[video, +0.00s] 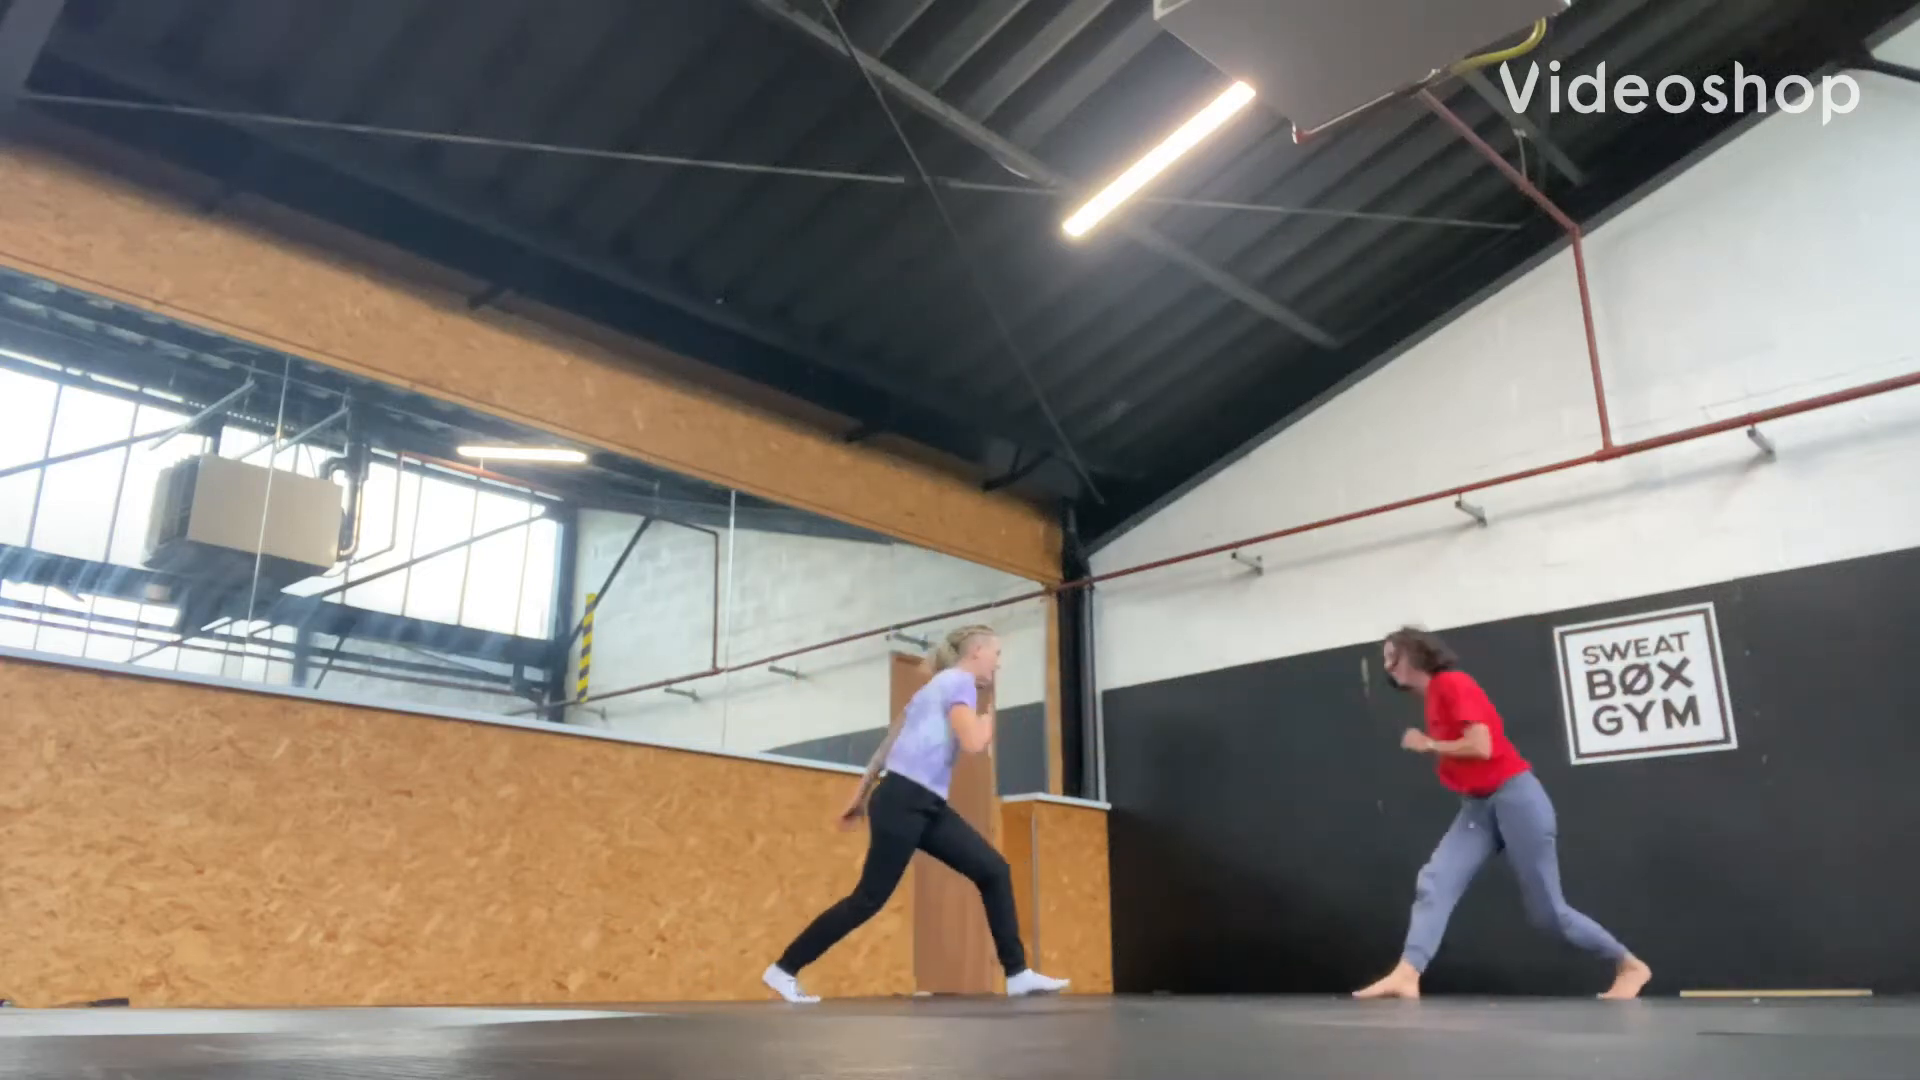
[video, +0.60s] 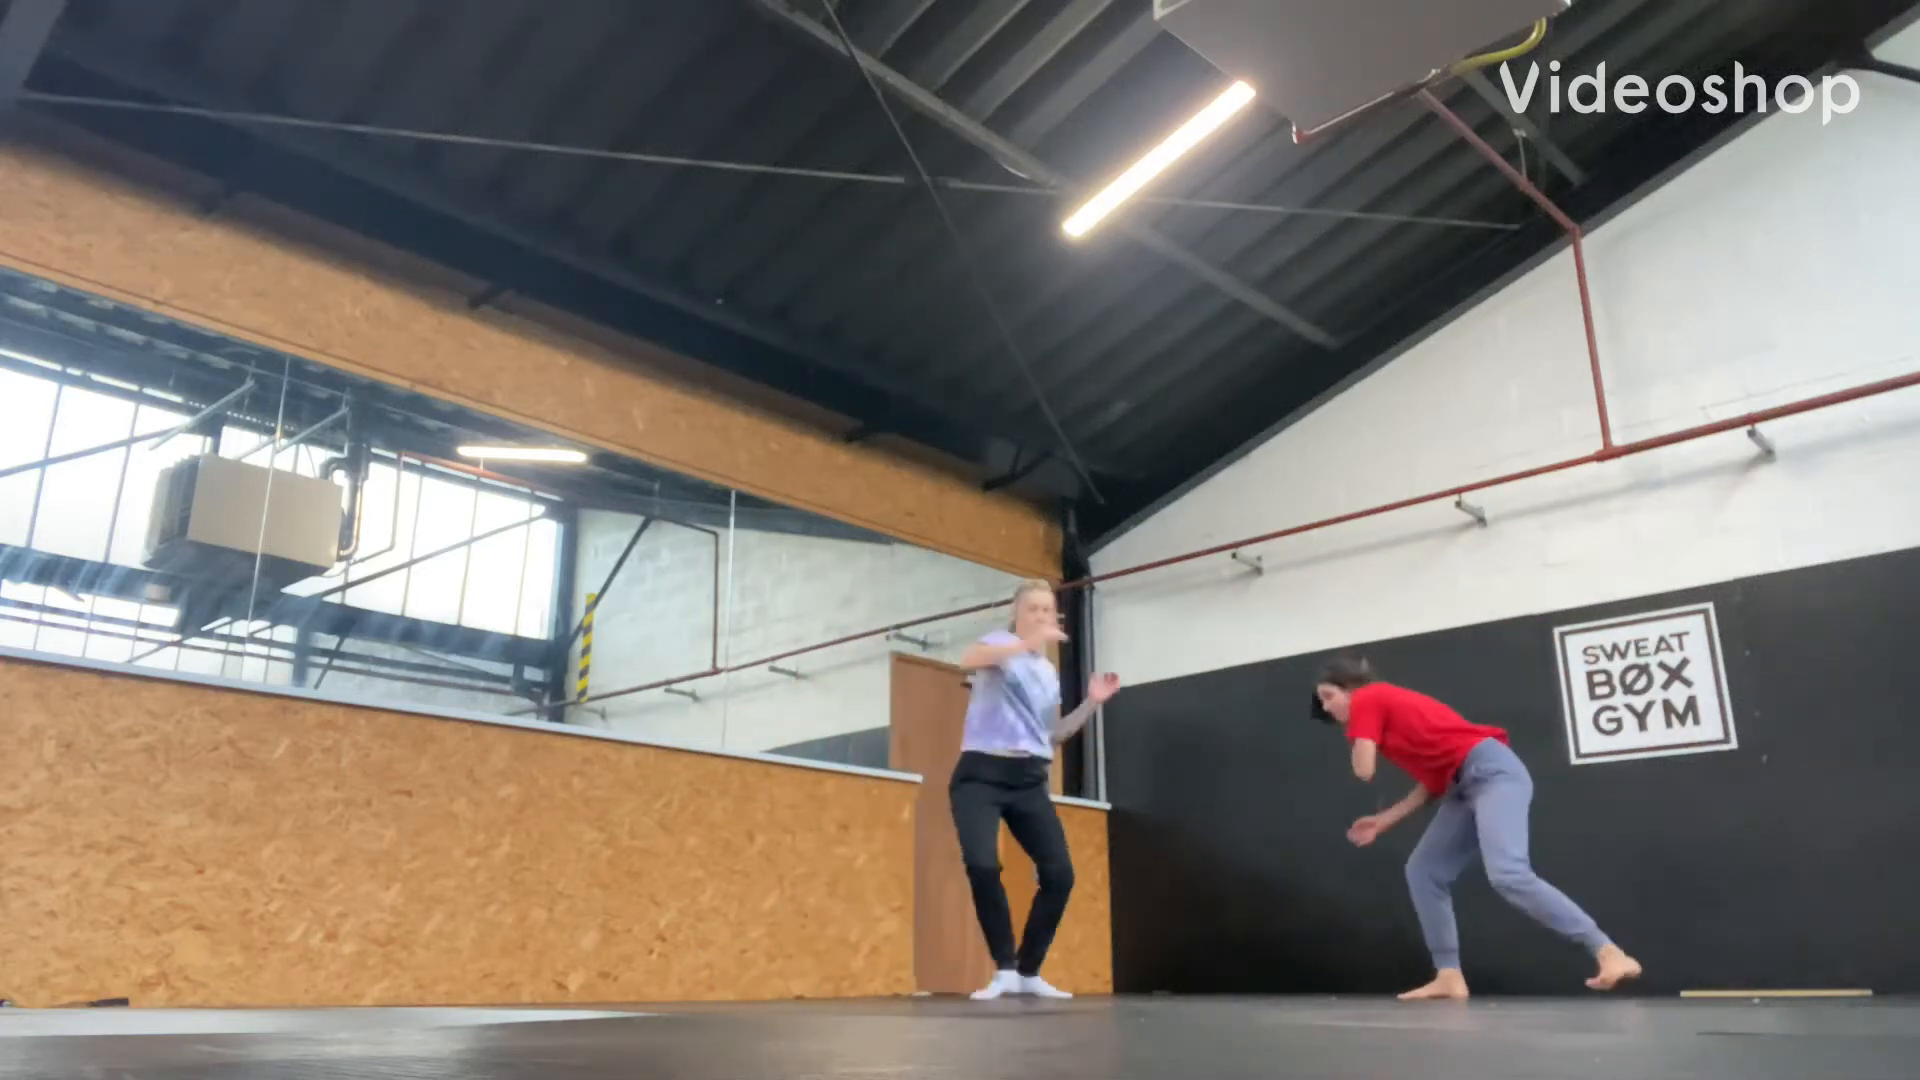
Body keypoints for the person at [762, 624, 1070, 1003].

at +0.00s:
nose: (998, 662)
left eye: (998, 654)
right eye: (994, 653)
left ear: (968, 655)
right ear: (973, 652)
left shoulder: (936, 687)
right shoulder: (957, 681)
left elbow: (890, 743)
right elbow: (974, 739)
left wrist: (861, 794)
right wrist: (988, 703)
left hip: (925, 807)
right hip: (903, 800)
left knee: (993, 870)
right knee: (869, 897)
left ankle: (1017, 974)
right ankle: (783, 970)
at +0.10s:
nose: (1013, 655)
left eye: (1013, 647)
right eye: (1010, 646)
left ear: (977, 647)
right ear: (991, 643)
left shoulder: (947, 684)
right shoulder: (987, 670)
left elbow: (902, 742)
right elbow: (1015, 727)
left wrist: (903, 789)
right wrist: (1009, 704)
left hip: (939, 794)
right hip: (926, 787)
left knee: (1000, 872)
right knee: (890, 886)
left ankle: (1019, 978)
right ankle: (800, 958)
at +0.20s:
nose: (1033, 652)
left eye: (1033, 646)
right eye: (1030, 644)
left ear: (1000, 646)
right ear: (1012, 643)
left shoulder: (977, 677)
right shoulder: (1008, 668)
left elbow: (930, 736)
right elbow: (1044, 716)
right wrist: (1036, 698)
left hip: (954, 785)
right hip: (947, 781)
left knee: (1013, 872)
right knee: (935, 885)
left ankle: (1021, 978)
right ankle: (837, 934)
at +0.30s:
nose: (1056, 661)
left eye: (1056, 653)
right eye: (1052, 652)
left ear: (1023, 652)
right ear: (1030, 650)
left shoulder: (1002, 680)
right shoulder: (1023, 675)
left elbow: (972, 740)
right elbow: (1063, 728)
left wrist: (1001, 775)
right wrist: (1049, 704)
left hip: (966, 787)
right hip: (953, 783)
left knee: (1022, 871)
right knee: (982, 876)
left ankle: (1022, 979)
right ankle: (894, 941)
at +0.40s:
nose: (1065, 657)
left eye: (1066, 648)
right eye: (1061, 647)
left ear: (1035, 647)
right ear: (1038, 643)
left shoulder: (1014, 678)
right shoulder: (1028, 671)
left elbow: (998, 761)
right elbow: (1064, 727)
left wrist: (1041, 777)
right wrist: (1076, 728)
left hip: (980, 789)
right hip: (964, 783)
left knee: (1032, 871)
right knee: (996, 868)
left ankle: (1022, 979)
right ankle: (924, 961)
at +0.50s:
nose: (1059, 638)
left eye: (1063, 631)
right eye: (1053, 629)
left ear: (1058, 636)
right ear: (1028, 629)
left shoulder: (1025, 678)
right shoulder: (1022, 657)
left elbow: (1024, 748)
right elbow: (1043, 697)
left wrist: (1076, 743)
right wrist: (1080, 702)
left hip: (1004, 791)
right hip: (972, 780)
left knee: (1044, 875)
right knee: (993, 863)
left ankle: (1023, 979)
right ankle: (950, 962)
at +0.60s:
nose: (1043, 617)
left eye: (1049, 611)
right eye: (1034, 609)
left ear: (1056, 619)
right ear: (1016, 614)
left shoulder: (1048, 673)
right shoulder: (1000, 641)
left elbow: (1054, 733)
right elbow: (969, 660)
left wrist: (1091, 702)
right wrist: (1030, 644)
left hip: (1028, 782)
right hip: (979, 776)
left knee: (1059, 874)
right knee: (982, 867)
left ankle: (1028, 974)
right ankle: (1005, 971)